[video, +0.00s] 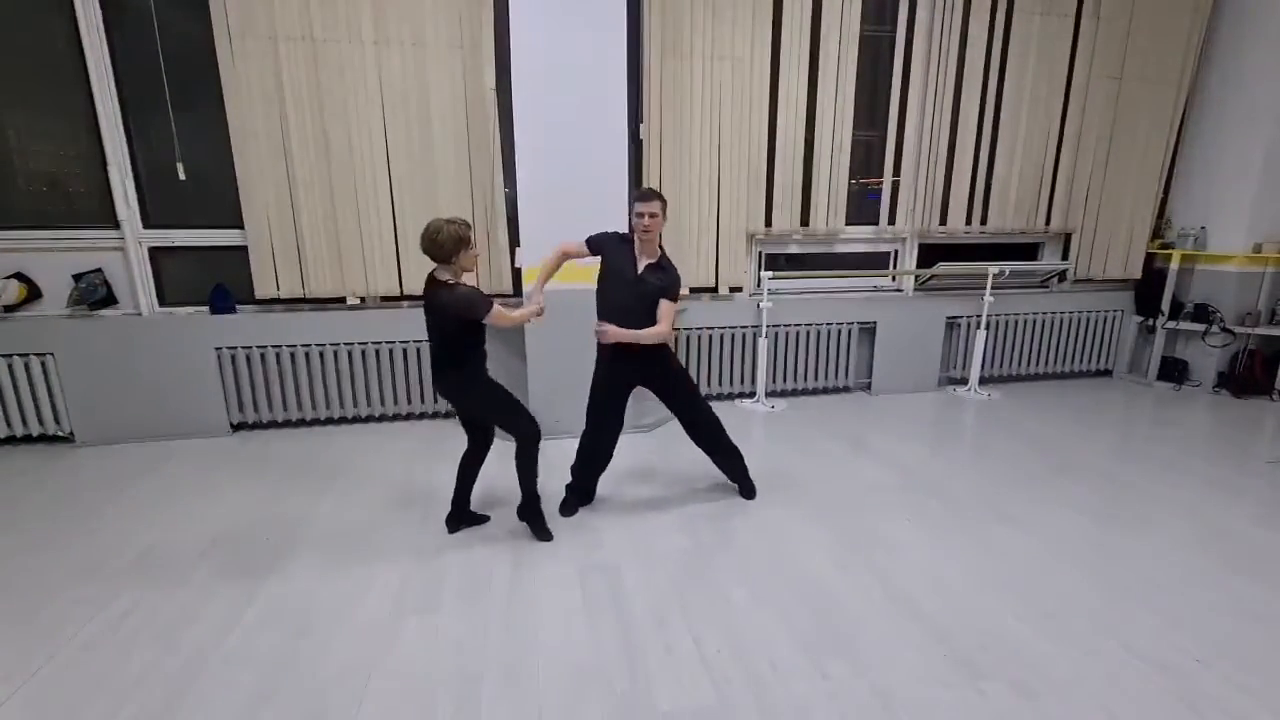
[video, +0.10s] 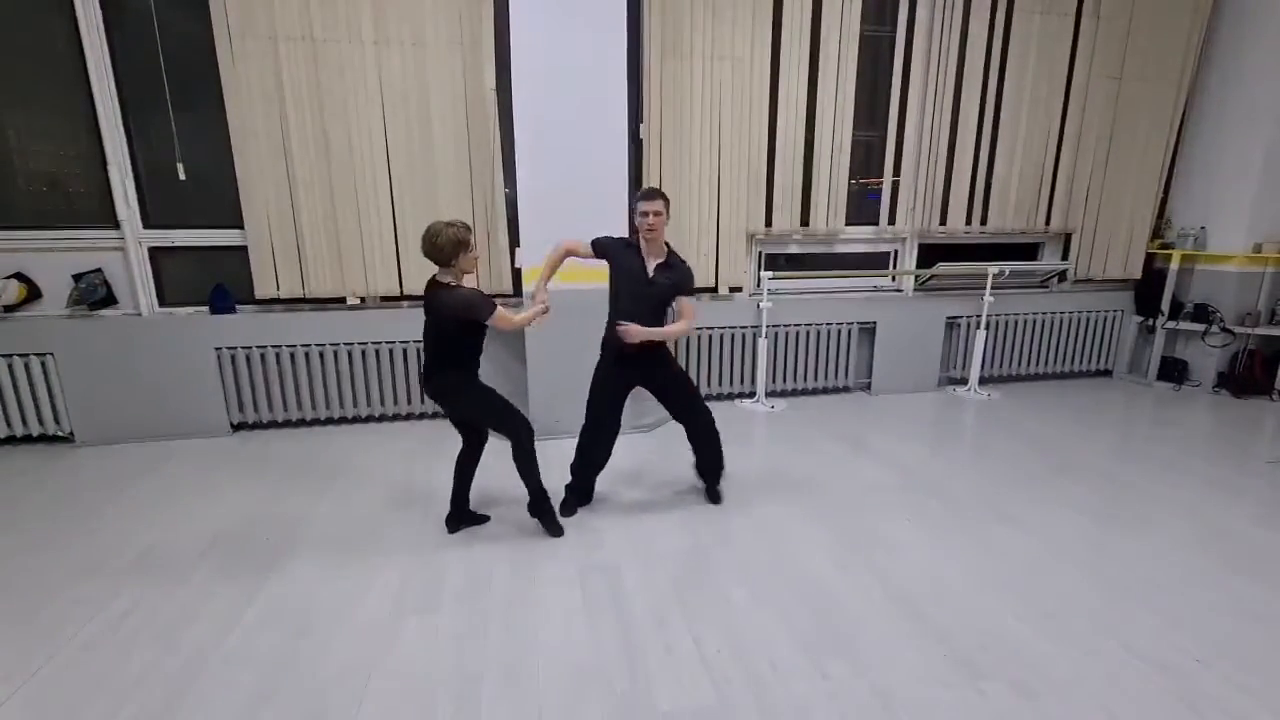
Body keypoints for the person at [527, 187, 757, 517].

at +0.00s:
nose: (645, 222)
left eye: (652, 216)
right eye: (639, 216)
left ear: (663, 220)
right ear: (630, 218)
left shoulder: (668, 275)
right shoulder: (611, 244)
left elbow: (664, 331)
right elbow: (563, 252)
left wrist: (620, 333)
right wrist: (536, 289)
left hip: (655, 357)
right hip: (613, 357)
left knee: (697, 415)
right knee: (599, 427)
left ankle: (739, 474)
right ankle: (578, 491)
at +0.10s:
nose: (650, 221)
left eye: (656, 215)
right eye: (643, 215)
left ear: (667, 219)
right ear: (634, 219)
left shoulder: (678, 270)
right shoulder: (617, 250)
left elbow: (687, 324)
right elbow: (564, 248)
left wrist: (646, 332)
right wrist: (541, 286)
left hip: (655, 358)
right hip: (615, 357)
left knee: (699, 418)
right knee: (597, 427)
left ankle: (711, 478)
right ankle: (577, 492)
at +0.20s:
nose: (654, 221)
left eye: (660, 214)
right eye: (647, 215)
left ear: (671, 218)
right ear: (638, 220)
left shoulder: (693, 264)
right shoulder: (627, 257)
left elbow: (711, 307)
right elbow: (574, 262)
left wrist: (681, 336)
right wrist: (556, 294)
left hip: (664, 359)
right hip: (624, 354)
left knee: (693, 429)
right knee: (589, 419)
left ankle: (690, 479)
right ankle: (568, 490)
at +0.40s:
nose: (652, 219)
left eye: (658, 212)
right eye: (644, 214)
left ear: (667, 216)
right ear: (635, 219)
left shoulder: (687, 255)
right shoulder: (628, 264)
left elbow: (679, 295)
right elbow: (588, 293)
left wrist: (684, 324)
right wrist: (549, 311)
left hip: (677, 355)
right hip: (641, 355)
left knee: (701, 429)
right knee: (600, 417)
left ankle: (695, 480)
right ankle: (543, 473)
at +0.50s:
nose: (645, 219)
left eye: (651, 213)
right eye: (637, 214)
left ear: (660, 216)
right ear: (628, 220)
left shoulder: (674, 253)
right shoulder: (623, 262)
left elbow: (670, 295)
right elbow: (580, 290)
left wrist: (682, 323)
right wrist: (534, 298)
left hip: (678, 353)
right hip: (641, 354)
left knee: (699, 426)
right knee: (601, 416)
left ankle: (694, 478)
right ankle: (547, 476)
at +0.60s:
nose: (639, 219)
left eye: (645, 212)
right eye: (632, 214)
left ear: (655, 215)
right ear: (623, 219)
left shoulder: (669, 252)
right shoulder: (619, 261)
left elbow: (664, 295)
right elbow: (577, 288)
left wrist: (676, 325)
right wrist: (531, 294)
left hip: (673, 352)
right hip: (638, 353)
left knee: (695, 423)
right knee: (599, 416)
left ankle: (694, 478)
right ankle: (546, 475)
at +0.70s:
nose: (630, 220)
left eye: (636, 212)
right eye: (623, 214)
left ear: (650, 214)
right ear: (617, 218)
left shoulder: (668, 251)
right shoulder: (614, 262)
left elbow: (673, 289)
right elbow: (582, 299)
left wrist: (687, 312)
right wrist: (543, 307)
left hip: (668, 351)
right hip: (633, 353)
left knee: (687, 418)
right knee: (595, 414)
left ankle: (693, 478)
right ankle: (544, 478)